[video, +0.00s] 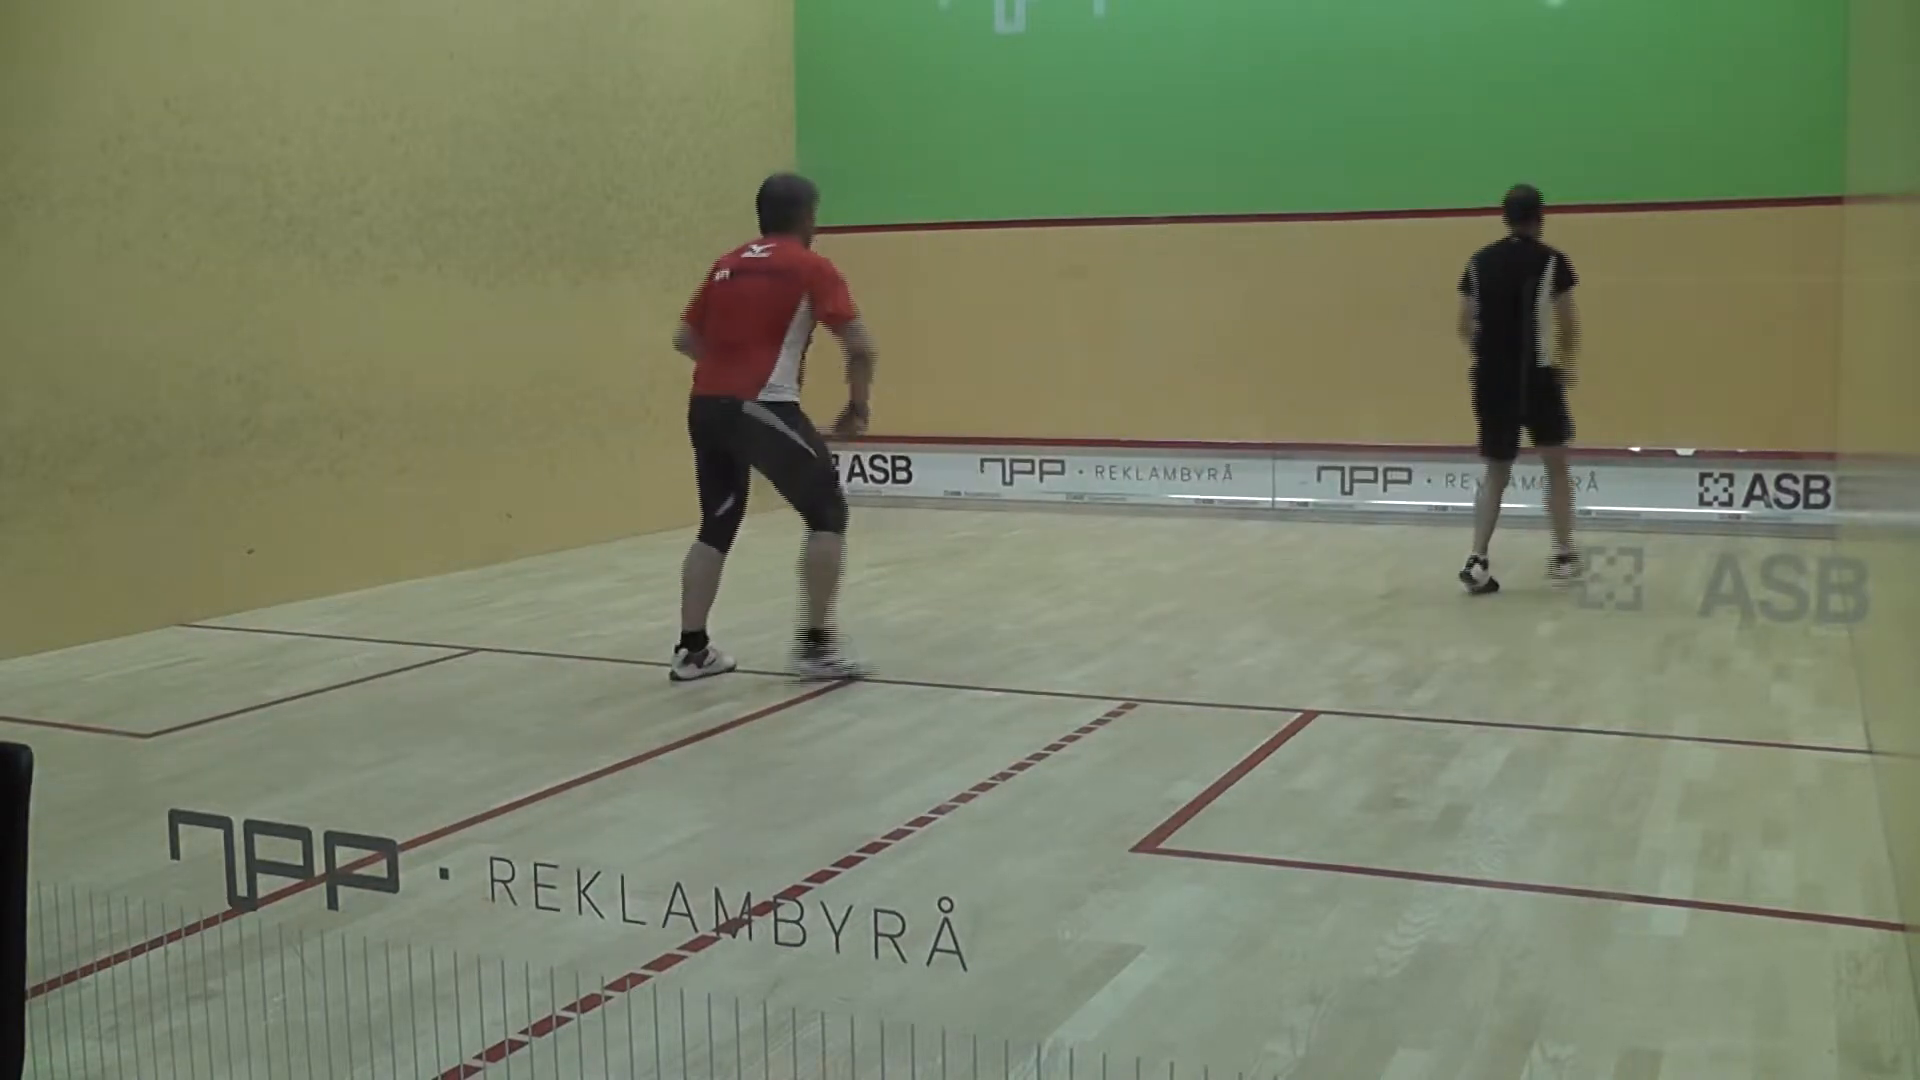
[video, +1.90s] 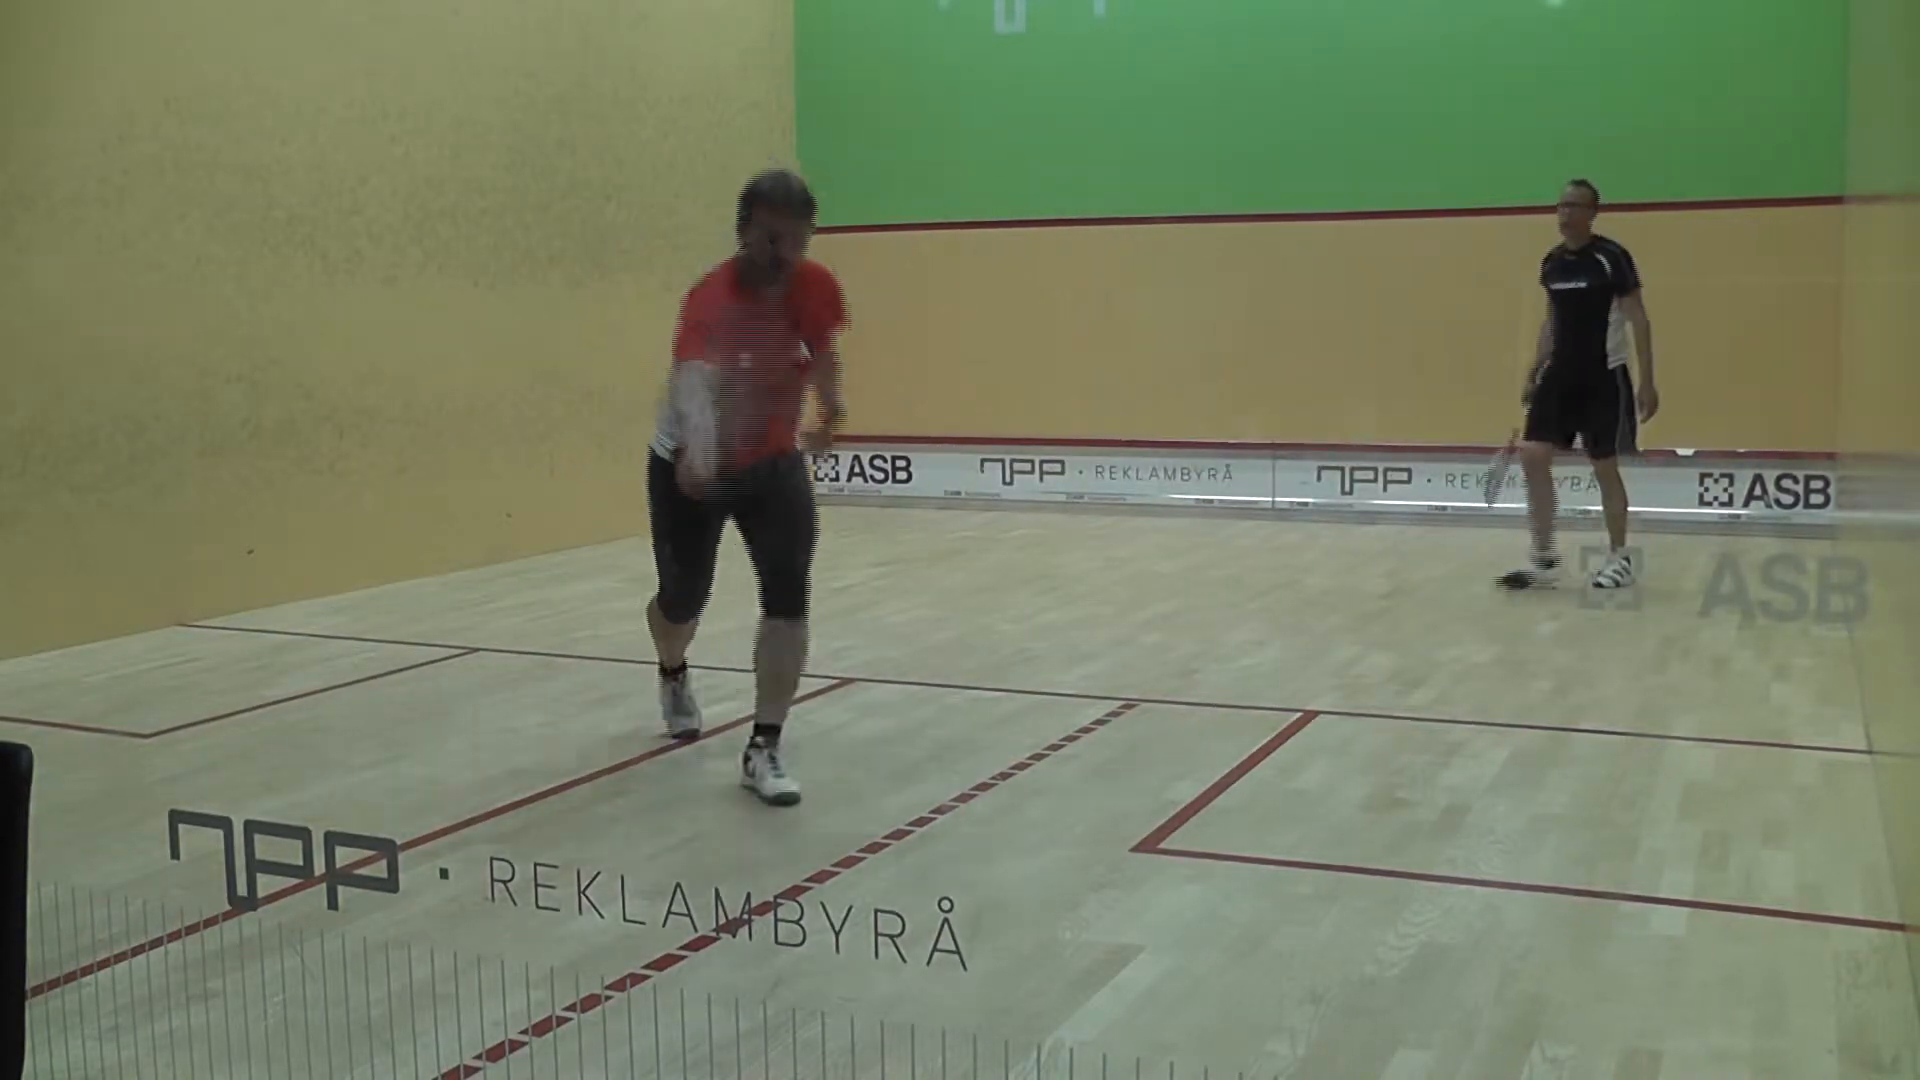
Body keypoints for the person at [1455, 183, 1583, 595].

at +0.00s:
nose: (1536, 223)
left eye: (1519, 216)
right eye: (1537, 216)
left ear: (1504, 218)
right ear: (1540, 218)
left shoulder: (1481, 261)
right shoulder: (1554, 262)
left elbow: (1466, 323)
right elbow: (1569, 323)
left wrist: (1483, 353)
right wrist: (1562, 366)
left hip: (1491, 379)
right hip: (1538, 378)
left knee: (1495, 470)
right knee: (1557, 467)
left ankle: (1476, 559)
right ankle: (1564, 556)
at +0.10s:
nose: (1556, 227)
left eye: (1542, 219)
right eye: (1559, 220)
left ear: (1526, 223)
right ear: (1560, 222)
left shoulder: (1504, 268)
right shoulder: (1576, 269)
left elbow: (1486, 331)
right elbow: (1601, 324)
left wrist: (1504, 365)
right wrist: (1618, 370)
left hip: (1517, 386)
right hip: (1565, 386)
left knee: (1509, 472)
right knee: (1582, 471)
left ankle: (1481, 554)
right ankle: (1590, 558)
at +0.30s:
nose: (1536, 220)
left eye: (1539, 214)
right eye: (1539, 213)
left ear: (1546, 218)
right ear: (1577, 219)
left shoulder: (1532, 263)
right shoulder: (1603, 260)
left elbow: (1524, 325)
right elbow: (1627, 318)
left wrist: (1522, 373)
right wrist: (1658, 369)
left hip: (1550, 377)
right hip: (1593, 377)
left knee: (1549, 460)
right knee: (1597, 468)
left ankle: (1537, 530)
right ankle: (1591, 554)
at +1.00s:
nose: (1567, 220)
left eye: (1574, 214)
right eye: (1569, 213)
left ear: (1594, 220)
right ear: (1600, 220)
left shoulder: (1591, 261)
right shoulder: (1624, 256)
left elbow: (1591, 321)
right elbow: (1635, 319)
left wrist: (1560, 347)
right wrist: (1600, 341)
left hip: (1595, 370)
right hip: (1623, 369)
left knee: (1579, 457)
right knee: (1614, 452)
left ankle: (1582, 548)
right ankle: (1643, 542)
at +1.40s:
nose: (1584, 216)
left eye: (1594, 210)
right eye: (1584, 208)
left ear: (1614, 217)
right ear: (1586, 213)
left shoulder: (1624, 259)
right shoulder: (1593, 259)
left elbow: (1632, 320)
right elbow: (1594, 319)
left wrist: (1610, 368)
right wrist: (1576, 361)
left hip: (1619, 367)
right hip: (1601, 367)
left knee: (1596, 455)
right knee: (1617, 455)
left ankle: (1616, 551)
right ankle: (1642, 542)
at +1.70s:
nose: (1583, 214)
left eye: (1593, 208)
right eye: (1580, 207)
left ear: (1611, 214)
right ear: (1575, 210)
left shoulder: (1628, 260)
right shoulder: (1572, 262)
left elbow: (1644, 326)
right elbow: (1573, 327)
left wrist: (1646, 385)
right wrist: (1559, 379)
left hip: (1613, 375)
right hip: (1577, 375)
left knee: (1606, 465)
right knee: (1562, 459)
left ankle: (1619, 556)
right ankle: (1602, 535)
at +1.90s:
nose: (1566, 213)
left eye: (1575, 207)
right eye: (1562, 206)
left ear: (1593, 213)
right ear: (1556, 211)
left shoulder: (1613, 257)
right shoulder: (1552, 262)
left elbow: (1638, 319)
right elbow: (1552, 322)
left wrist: (1647, 382)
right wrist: (1534, 373)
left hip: (1604, 375)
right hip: (1560, 374)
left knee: (1604, 465)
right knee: (1533, 456)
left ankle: (1619, 558)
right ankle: (1544, 557)